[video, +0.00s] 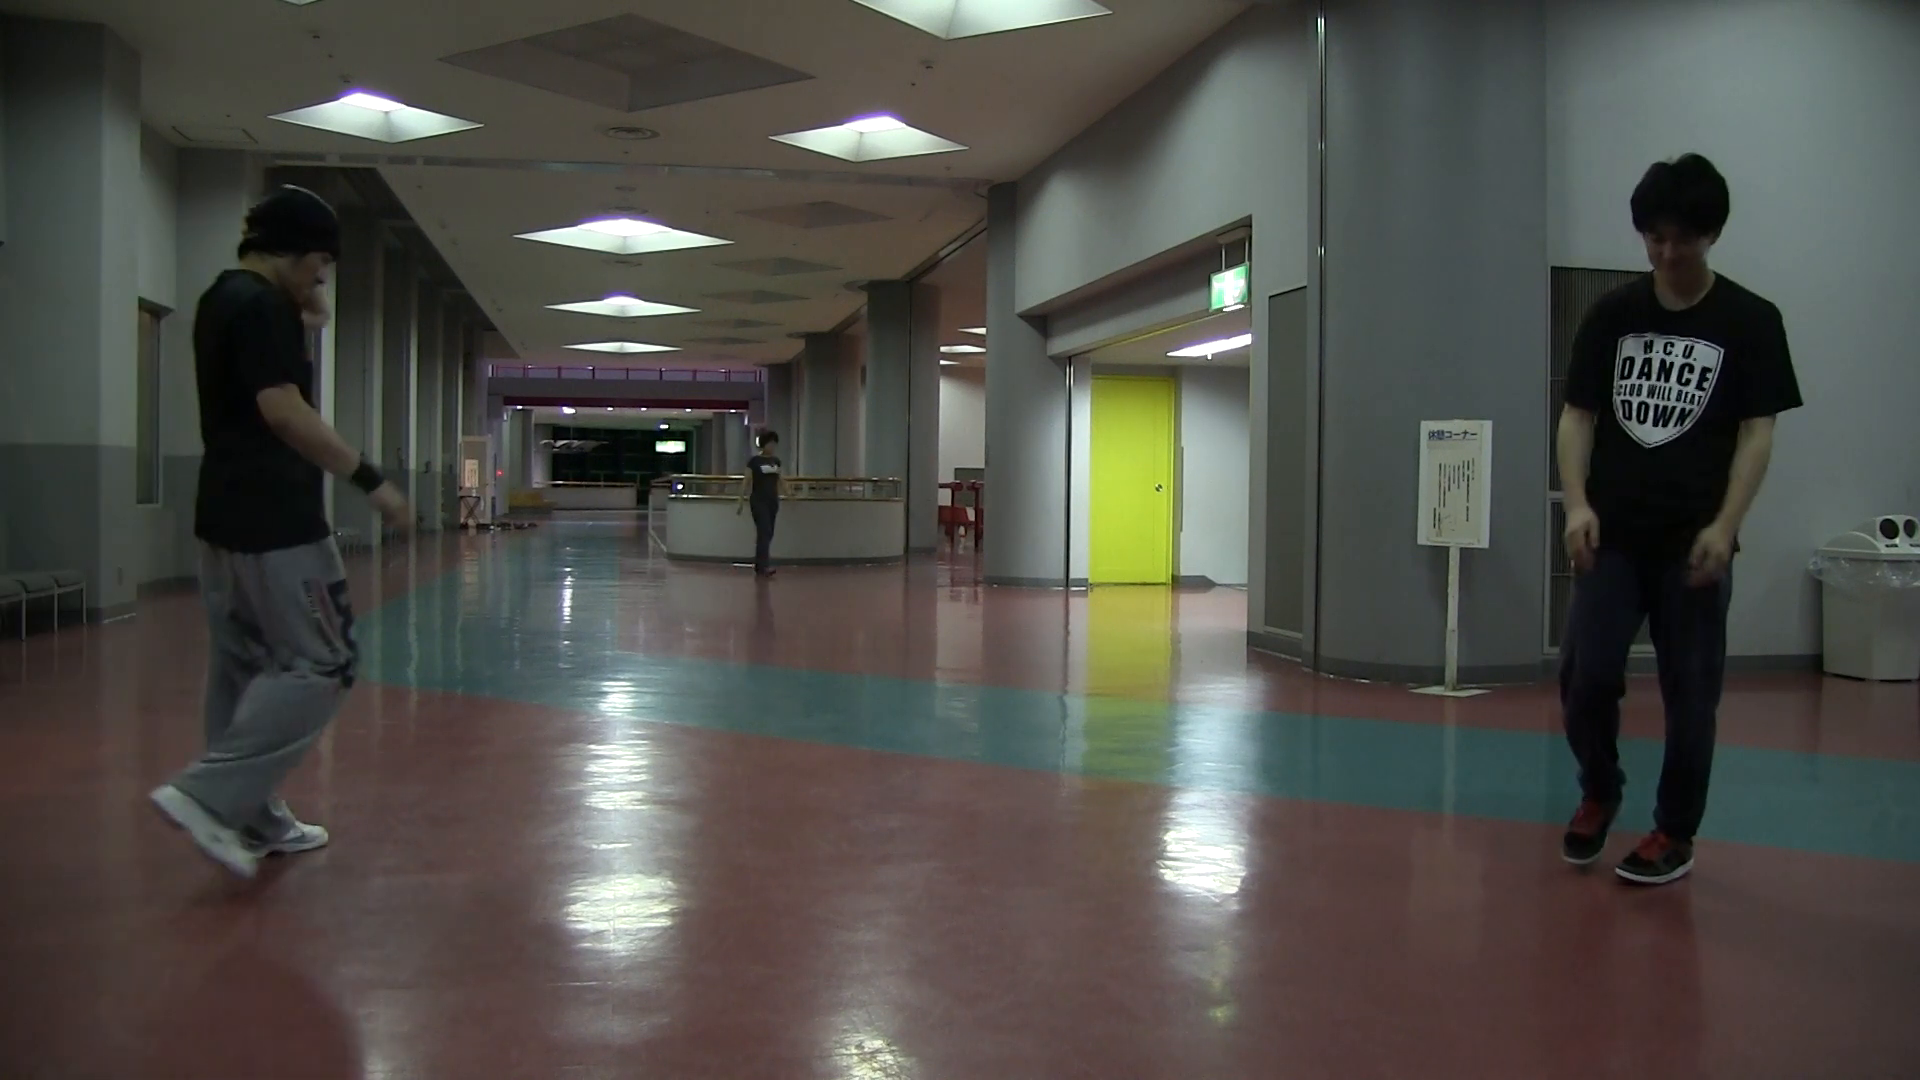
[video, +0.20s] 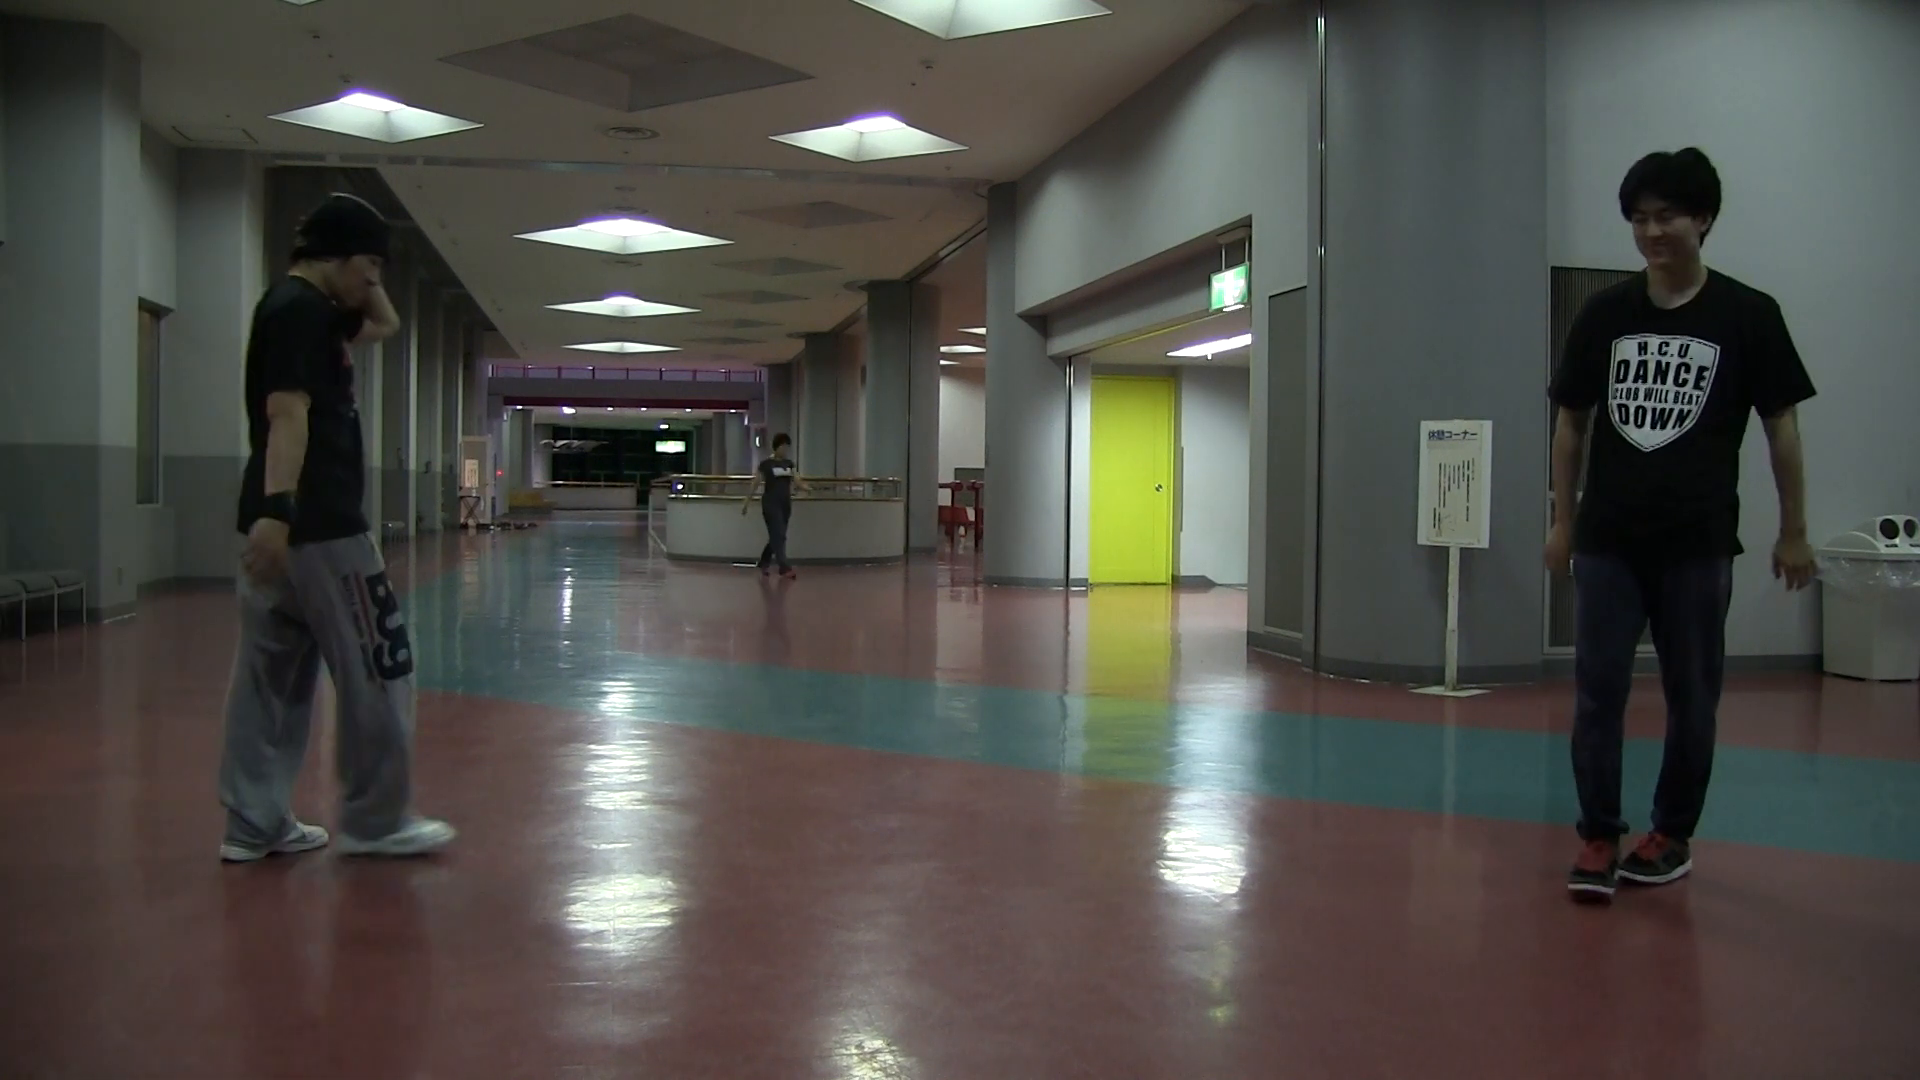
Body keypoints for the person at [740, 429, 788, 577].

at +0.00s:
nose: (773, 447)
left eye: (774, 444)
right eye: (771, 444)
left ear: (774, 445)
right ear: (764, 445)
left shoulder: (776, 462)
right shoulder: (754, 462)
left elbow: (780, 480)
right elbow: (745, 483)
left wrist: (788, 492)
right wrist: (741, 502)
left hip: (772, 500)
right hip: (758, 501)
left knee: (767, 533)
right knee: (764, 532)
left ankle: (761, 565)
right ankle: (762, 566)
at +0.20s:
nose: (786, 450)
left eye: (787, 447)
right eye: (784, 447)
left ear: (786, 448)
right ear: (777, 447)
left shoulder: (789, 464)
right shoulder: (766, 464)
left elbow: (796, 481)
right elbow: (755, 484)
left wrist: (805, 487)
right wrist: (746, 503)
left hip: (785, 503)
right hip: (770, 503)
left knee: (779, 535)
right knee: (777, 534)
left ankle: (764, 562)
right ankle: (783, 566)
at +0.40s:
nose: (799, 445)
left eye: (800, 442)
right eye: (797, 442)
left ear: (800, 443)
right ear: (790, 442)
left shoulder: (801, 460)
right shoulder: (780, 460)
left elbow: (803, 480)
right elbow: (775, 483)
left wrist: (808, 495)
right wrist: (778, 502)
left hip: (800, 503)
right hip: (785, 503)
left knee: (802, 533)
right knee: (784, 535)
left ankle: (791, 562)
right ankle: (784, 567)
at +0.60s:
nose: (815, 447)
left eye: (816, 444)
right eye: (813, 443)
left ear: (814, 445)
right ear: (806, 444)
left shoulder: (813, 462)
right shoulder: (796, 462)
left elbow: (812, 482)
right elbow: (797, 481)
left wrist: (815, 497)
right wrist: (813, 493)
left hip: (812, 503)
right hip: (798, 504)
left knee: (818, 536)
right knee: (791, 537)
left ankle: (827, 568)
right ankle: (785, 568)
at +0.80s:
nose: (834, 446)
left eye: (835, 442)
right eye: (832, 442)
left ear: (834, 444)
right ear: (823, 443)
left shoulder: (832, 461)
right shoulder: (814, 459)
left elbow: (830, 483)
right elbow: (812, 481)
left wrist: (834, 498)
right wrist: (823, 498)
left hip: (832, 500)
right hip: (817, 501)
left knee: (832, 537)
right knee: (816, 536)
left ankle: (831, 571)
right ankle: (797, 562)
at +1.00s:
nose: (847, 444)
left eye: (848, 441)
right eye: (846, 441)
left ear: (847, 442)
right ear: (838, 441)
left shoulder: (849, 460)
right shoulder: (828, 458)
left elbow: (852, 478)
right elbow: (820, 481)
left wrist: (858, 488)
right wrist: (816, 502)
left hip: (846, 501)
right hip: (831, 501)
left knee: (840, 534)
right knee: (839, 534)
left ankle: (833, 570)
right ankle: (832, 570)